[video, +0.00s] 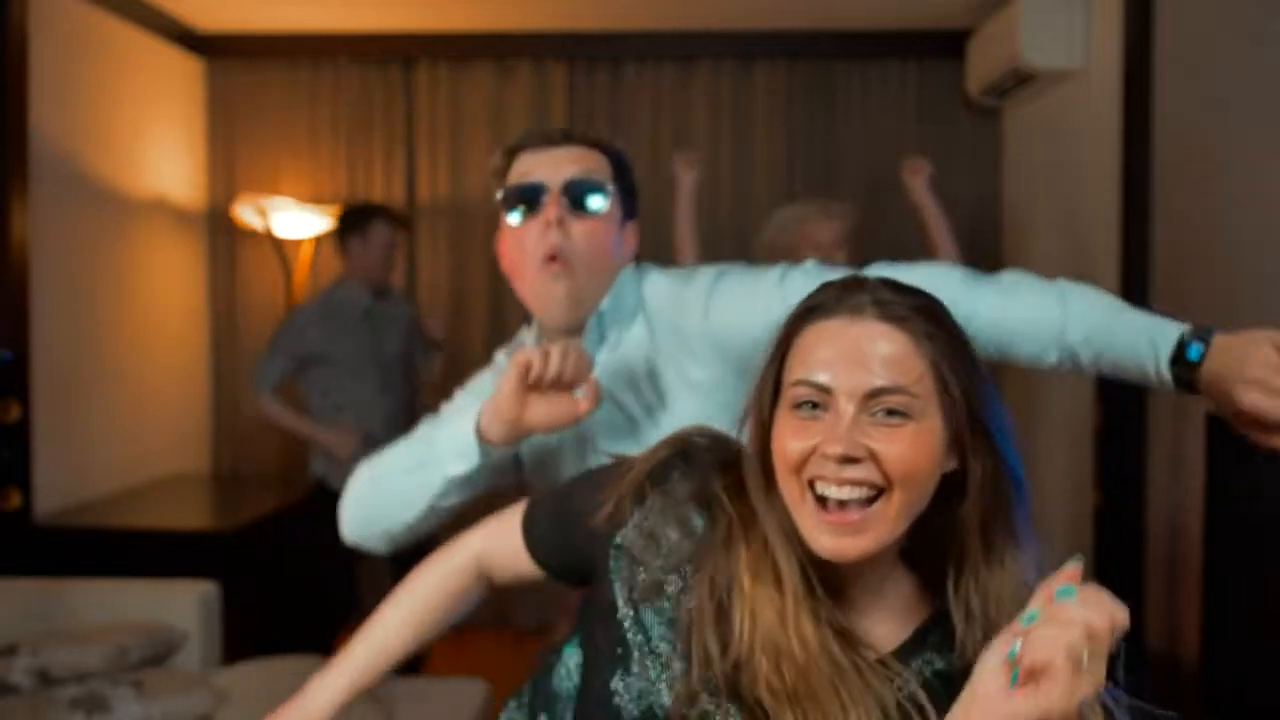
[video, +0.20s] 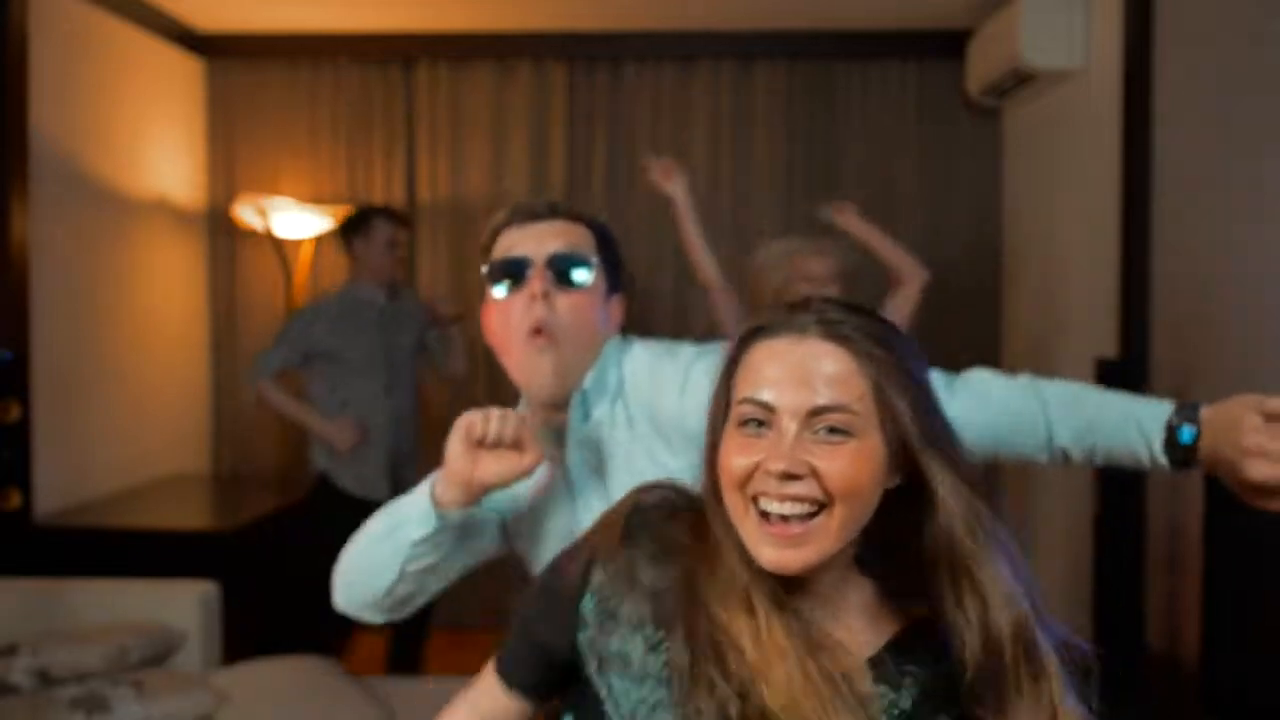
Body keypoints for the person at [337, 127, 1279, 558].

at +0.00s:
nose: (552, 219)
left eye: (582, 199)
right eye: (526, 202)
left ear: (631, 233)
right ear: (498, 244)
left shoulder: (698, 307)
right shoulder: (501, 385)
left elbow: (931, 301)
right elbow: (360, 523)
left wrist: (1190, 354)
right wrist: (494, 436)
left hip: (782, 640)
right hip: (616, 660)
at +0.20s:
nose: (537, 296)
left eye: (568, 273)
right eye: (510, 275)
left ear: (615, 303)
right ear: (481, 313)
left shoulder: (688, 378)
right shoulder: (495, 454)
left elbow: (944, 405)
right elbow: (358, 596)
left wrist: (1186, 429)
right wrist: (449, 498)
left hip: (791, 663)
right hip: (619, 691)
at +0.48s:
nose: (530, 250)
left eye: (561, 226)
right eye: (501, 233)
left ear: (615, 260)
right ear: (480, 279)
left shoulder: (723, 340)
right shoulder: (489, 416)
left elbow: (959, 343)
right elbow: (326, 516)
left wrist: (1076, 513)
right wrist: (306, 456)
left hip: (809, 644)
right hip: (604, 681)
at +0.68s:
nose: (584, 161)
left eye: (616, 142)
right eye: (557, 146)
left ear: (666, 181)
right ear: (527, 188)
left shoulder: (747, 277)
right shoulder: (502, 323)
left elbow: (958, 332)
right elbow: (339, 395)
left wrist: (968, 419)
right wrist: (156, 390)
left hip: (822, 651)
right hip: (619, 658)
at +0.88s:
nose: (664, 136)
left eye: (693, 115)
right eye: (632, 123)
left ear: (743, 160)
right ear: (600, 170)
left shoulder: (826, 294)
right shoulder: (534, 302)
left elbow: (986, 512)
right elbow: (329, 375)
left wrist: (900, 439)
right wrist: (105, 392)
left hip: (811, 687)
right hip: (592, 684)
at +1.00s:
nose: (709, 168)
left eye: (739, 148)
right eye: (676, 155)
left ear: (782, 191)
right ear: (648, 208)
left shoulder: (850, 352)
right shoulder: (565, 321)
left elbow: (951, 600)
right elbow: (378, 403)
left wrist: (885, 451)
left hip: (798, 692)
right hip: (621, 688)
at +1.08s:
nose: (734, 200)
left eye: (764, 180)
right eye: (702, 189)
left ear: (808, 225)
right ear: (672, 239)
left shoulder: (858, 389)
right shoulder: (583, 346)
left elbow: (931, 641)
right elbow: (401, 425)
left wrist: (884, 464)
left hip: (797, 704)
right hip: (620, 698)